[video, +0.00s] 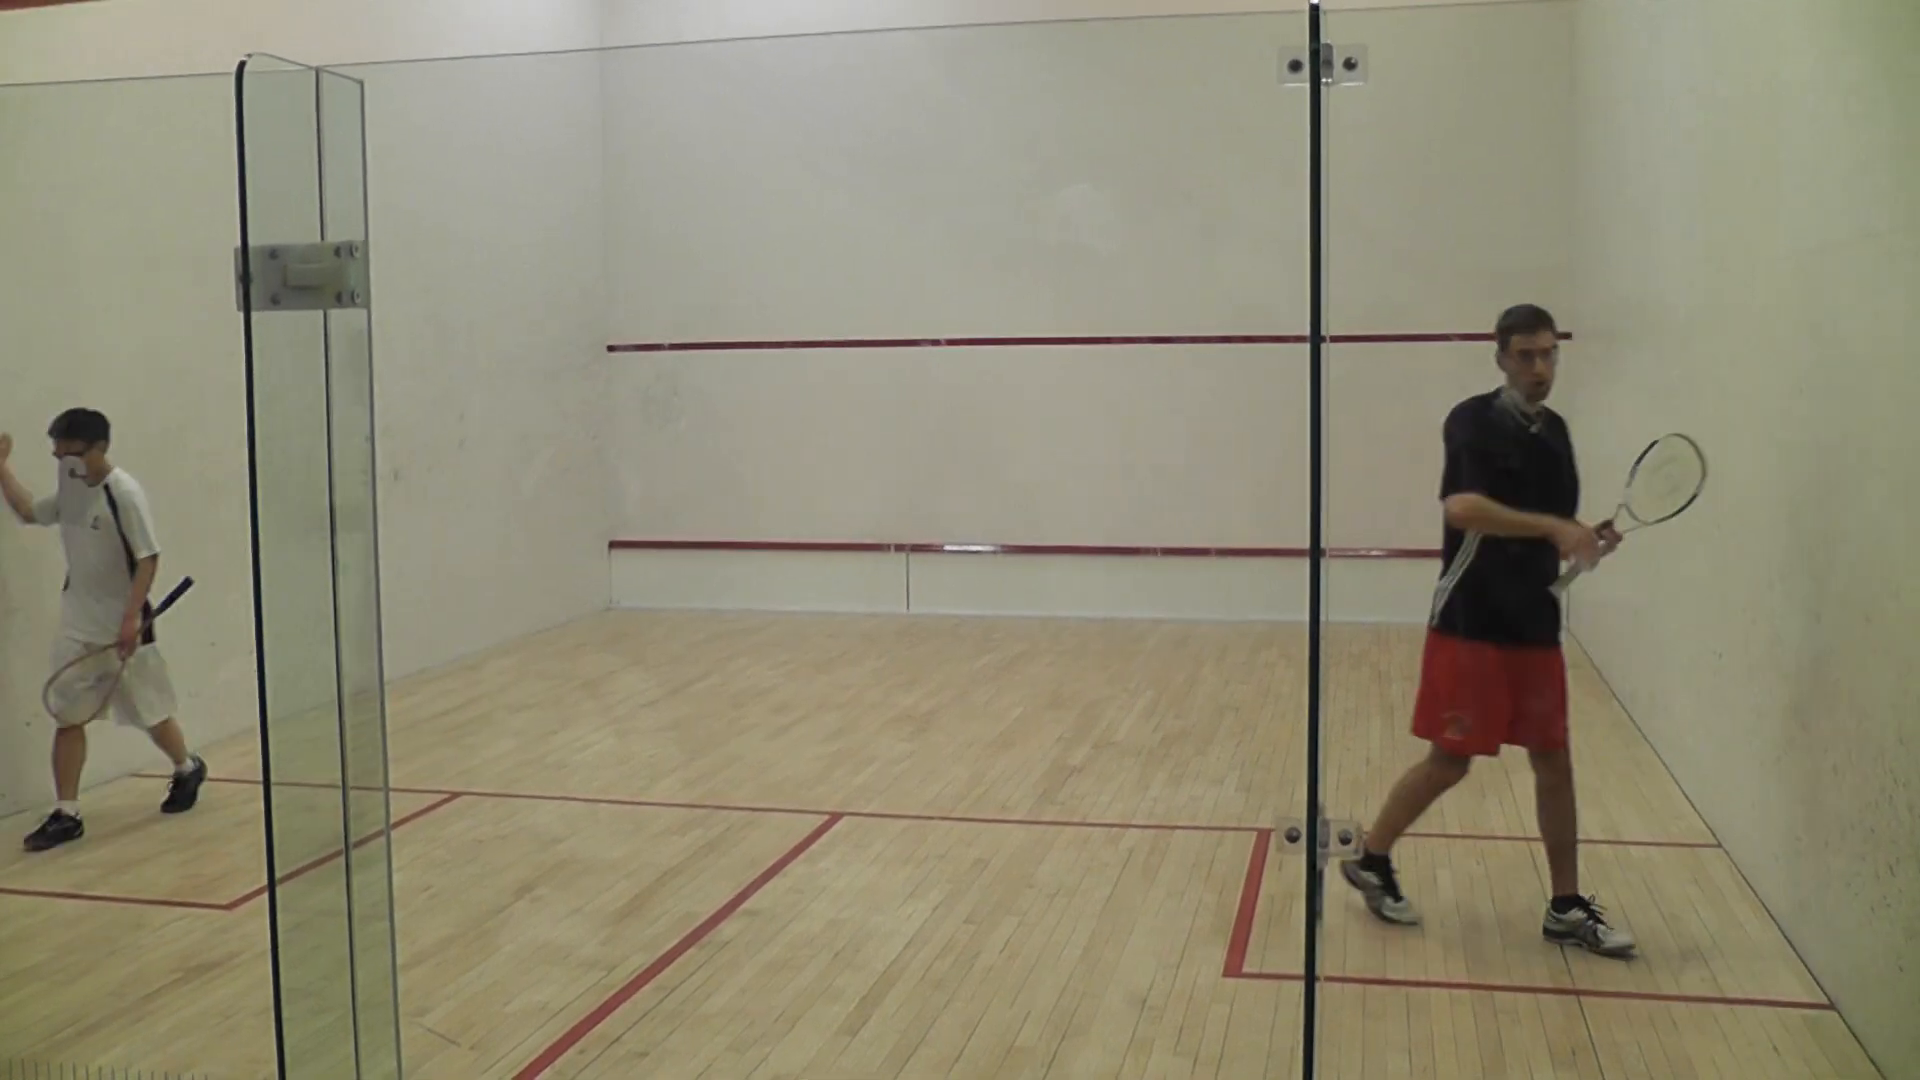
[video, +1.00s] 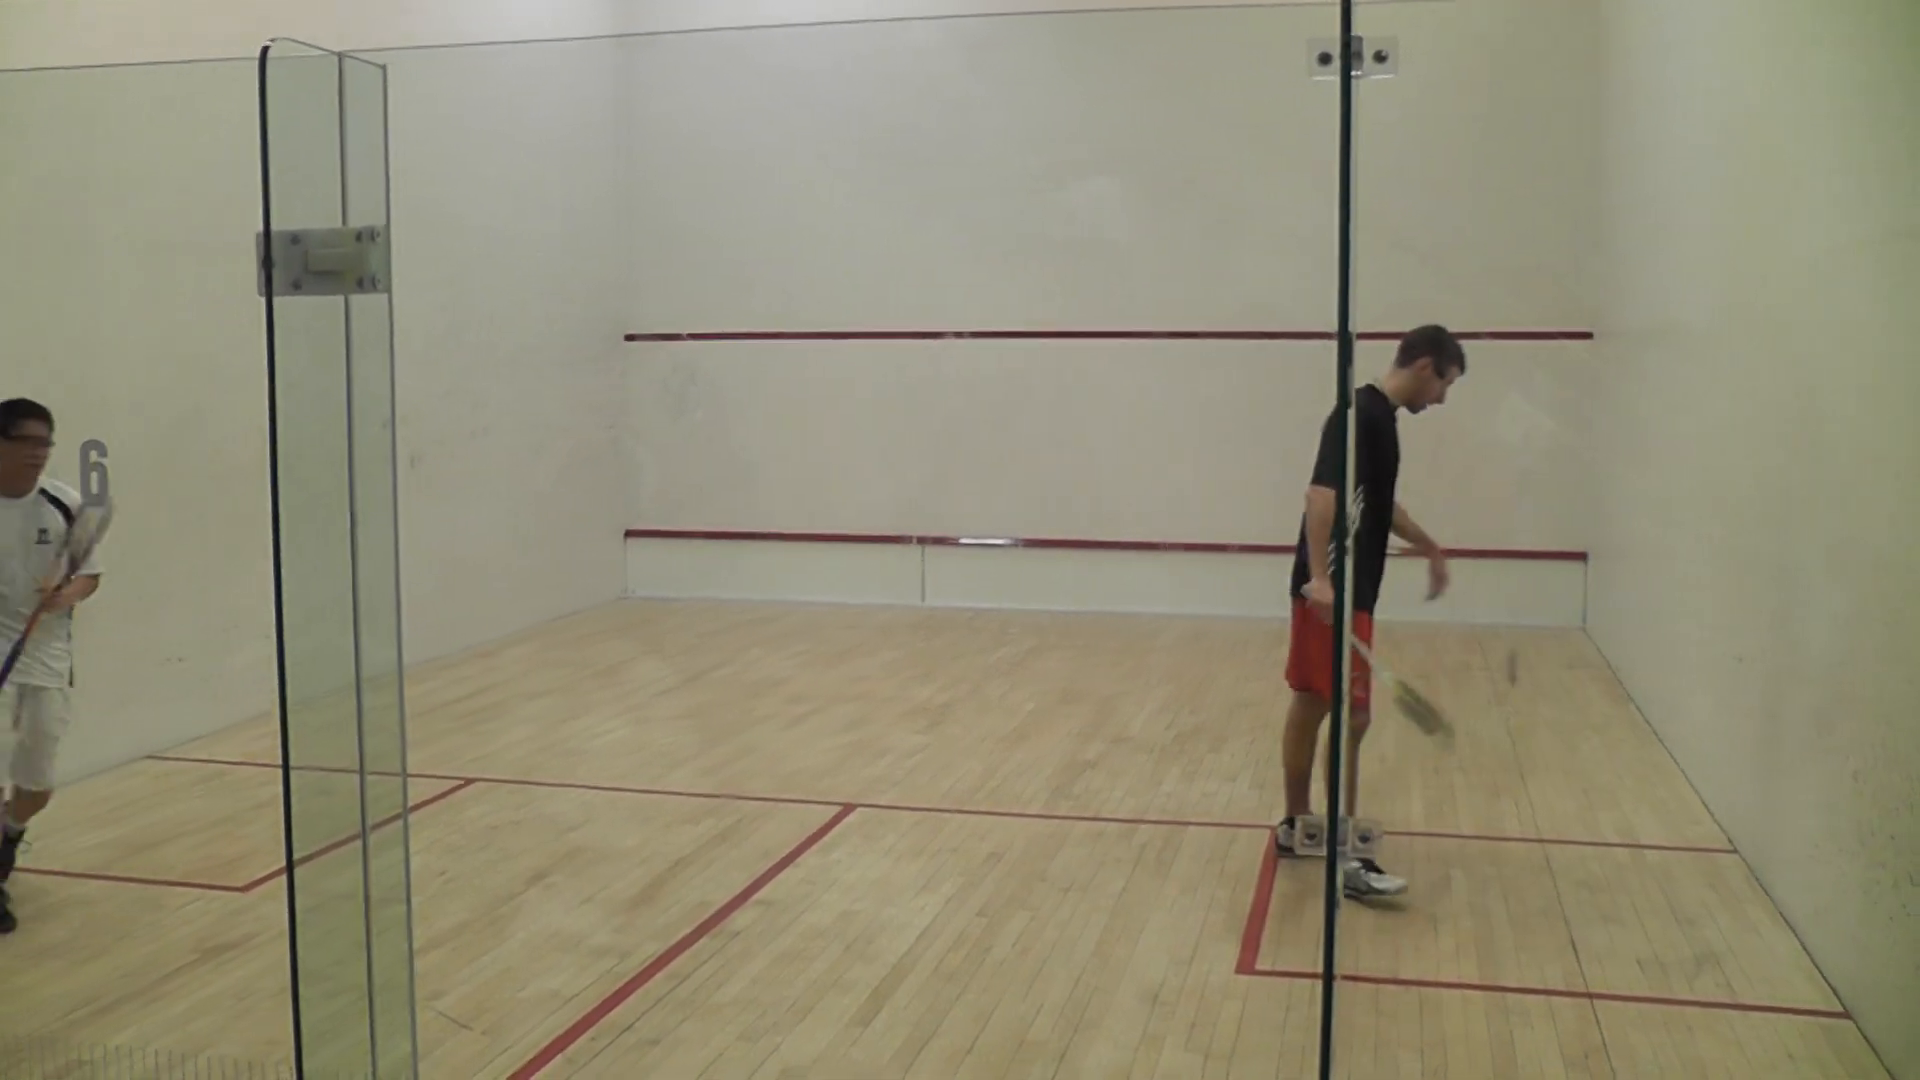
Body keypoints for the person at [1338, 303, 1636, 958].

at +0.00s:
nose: (1539, 366)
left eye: (1547, 355)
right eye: (1525, 356)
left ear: (1557, 356)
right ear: (1501, 358)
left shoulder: (1554, 432)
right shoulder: (1473, 420)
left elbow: (1541, 534)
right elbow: (1461, 508)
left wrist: (1580, 542)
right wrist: (1555, 529)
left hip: (1533, 624)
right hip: (1470, 624)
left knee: (1553, 761)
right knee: (1449, 761)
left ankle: (1567, 904)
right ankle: (1369, 856)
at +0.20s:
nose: (1486, 368)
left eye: (1494, 356)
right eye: (1472, 357)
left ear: (1501, 360)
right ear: (1445, 364)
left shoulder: (1495, 430)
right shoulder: (1415, 434)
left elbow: (1482, 510)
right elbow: (1404, 536)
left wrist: (1522, 539)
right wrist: (1485, 572)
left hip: (1471, 626)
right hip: (1412, 629)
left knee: (1499, 756)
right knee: (1395, 752)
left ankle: (1535, 888)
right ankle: (1353, 874)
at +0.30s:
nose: (1466, 359)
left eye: (1472, 347)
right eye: (1451, 349)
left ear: (1481, 353)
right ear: (1425, 357)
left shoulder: (1473, 419)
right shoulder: (1400, 427)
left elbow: (1455, 503)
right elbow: (1379, 528)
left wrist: (1489, 540)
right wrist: (1450, 579)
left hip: (1446, 616)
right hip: (1394, 620)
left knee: (1475, 736)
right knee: (1383, 743)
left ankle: (1481, 876)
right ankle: (1354, 875)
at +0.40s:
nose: (1448, 352)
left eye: (1455, 341)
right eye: (1434, 343)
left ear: (1465, 348)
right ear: (1410, 351)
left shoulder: (1455, 412)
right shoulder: (1391, 422)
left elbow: (1431, 495)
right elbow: (1360, 518)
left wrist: (1463, 535)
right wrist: (1415, 589)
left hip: (1431, 608)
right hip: (1381, 613)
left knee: (1448, 730)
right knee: (1376, 740)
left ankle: (1419, 861)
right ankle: (1353, 873)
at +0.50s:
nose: (1437, 350)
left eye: (1444, 340)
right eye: (1424, 341)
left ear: (1452, 347)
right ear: (1397, 349)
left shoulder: (1437, 414)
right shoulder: (1379, 419)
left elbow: (1414, 495)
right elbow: (1348, 514)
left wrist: (1449, 526)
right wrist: (1382, 600)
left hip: (1415, 605)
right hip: (1375, 608)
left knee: (1417, 721)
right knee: (1377, 730)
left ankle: (1366, 836)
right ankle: (1351, 875)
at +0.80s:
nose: (1442, 392)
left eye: (1446, 379)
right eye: (1441, 377)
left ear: (1410, 364)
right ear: (1413, 363)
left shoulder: (1380, 420)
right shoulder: (1359, 418)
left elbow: (1389, 502)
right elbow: (1315, 502)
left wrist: (1455, 478)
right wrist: (1310, 587)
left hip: (1358, 603)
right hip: (1351, 608)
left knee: (1318, 713)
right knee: (1353, 728)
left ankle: (1291, 824)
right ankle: (1353, 870)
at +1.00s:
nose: (1441, 398)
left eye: (1447, 388)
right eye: (1443, 384)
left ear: (1420, 367)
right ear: (1421, 366)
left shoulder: (1377, 417)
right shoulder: (1361, 413)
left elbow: (1377, 501)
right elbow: (1321, 497)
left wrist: (1428, 546)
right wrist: (1319, 575)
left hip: (1336, 589)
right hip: (1341, 594)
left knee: (1310, 703)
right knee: (1353, 715)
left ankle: (1298, 824)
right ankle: (1343, 852)